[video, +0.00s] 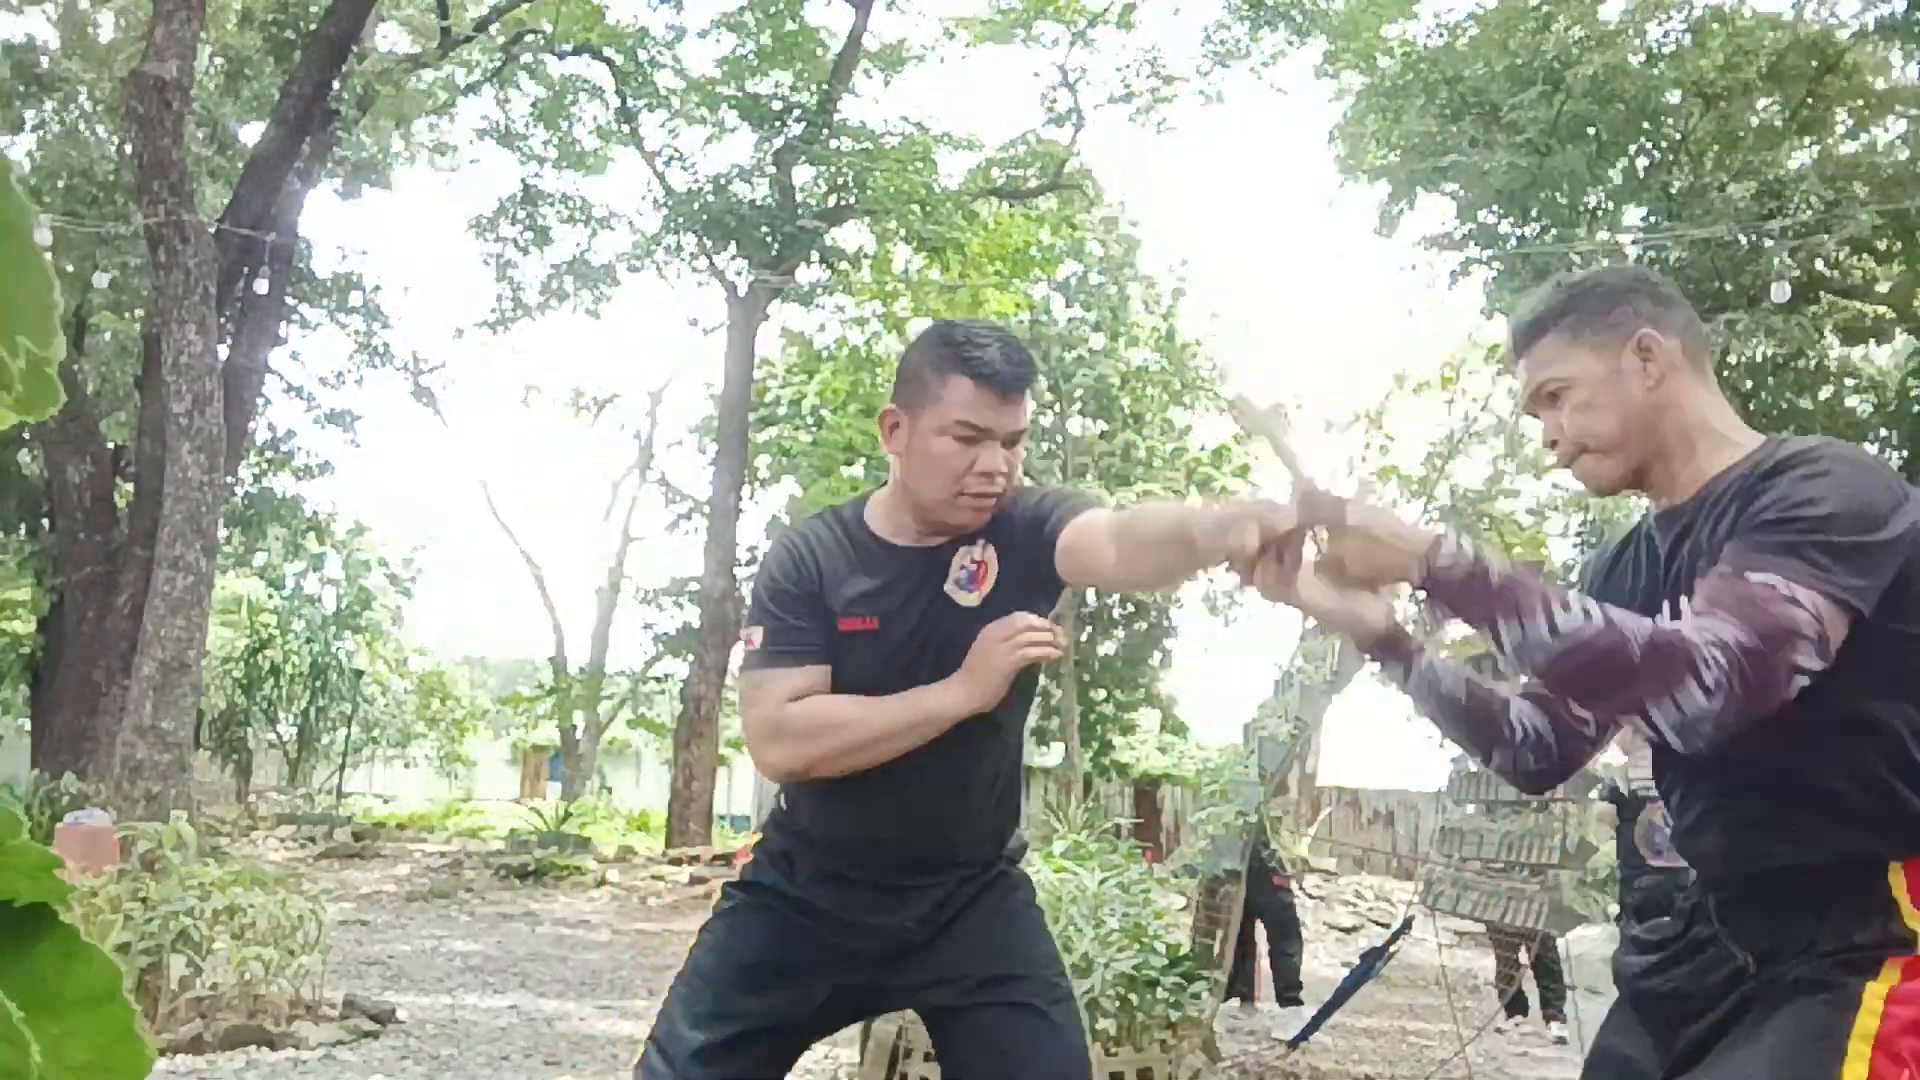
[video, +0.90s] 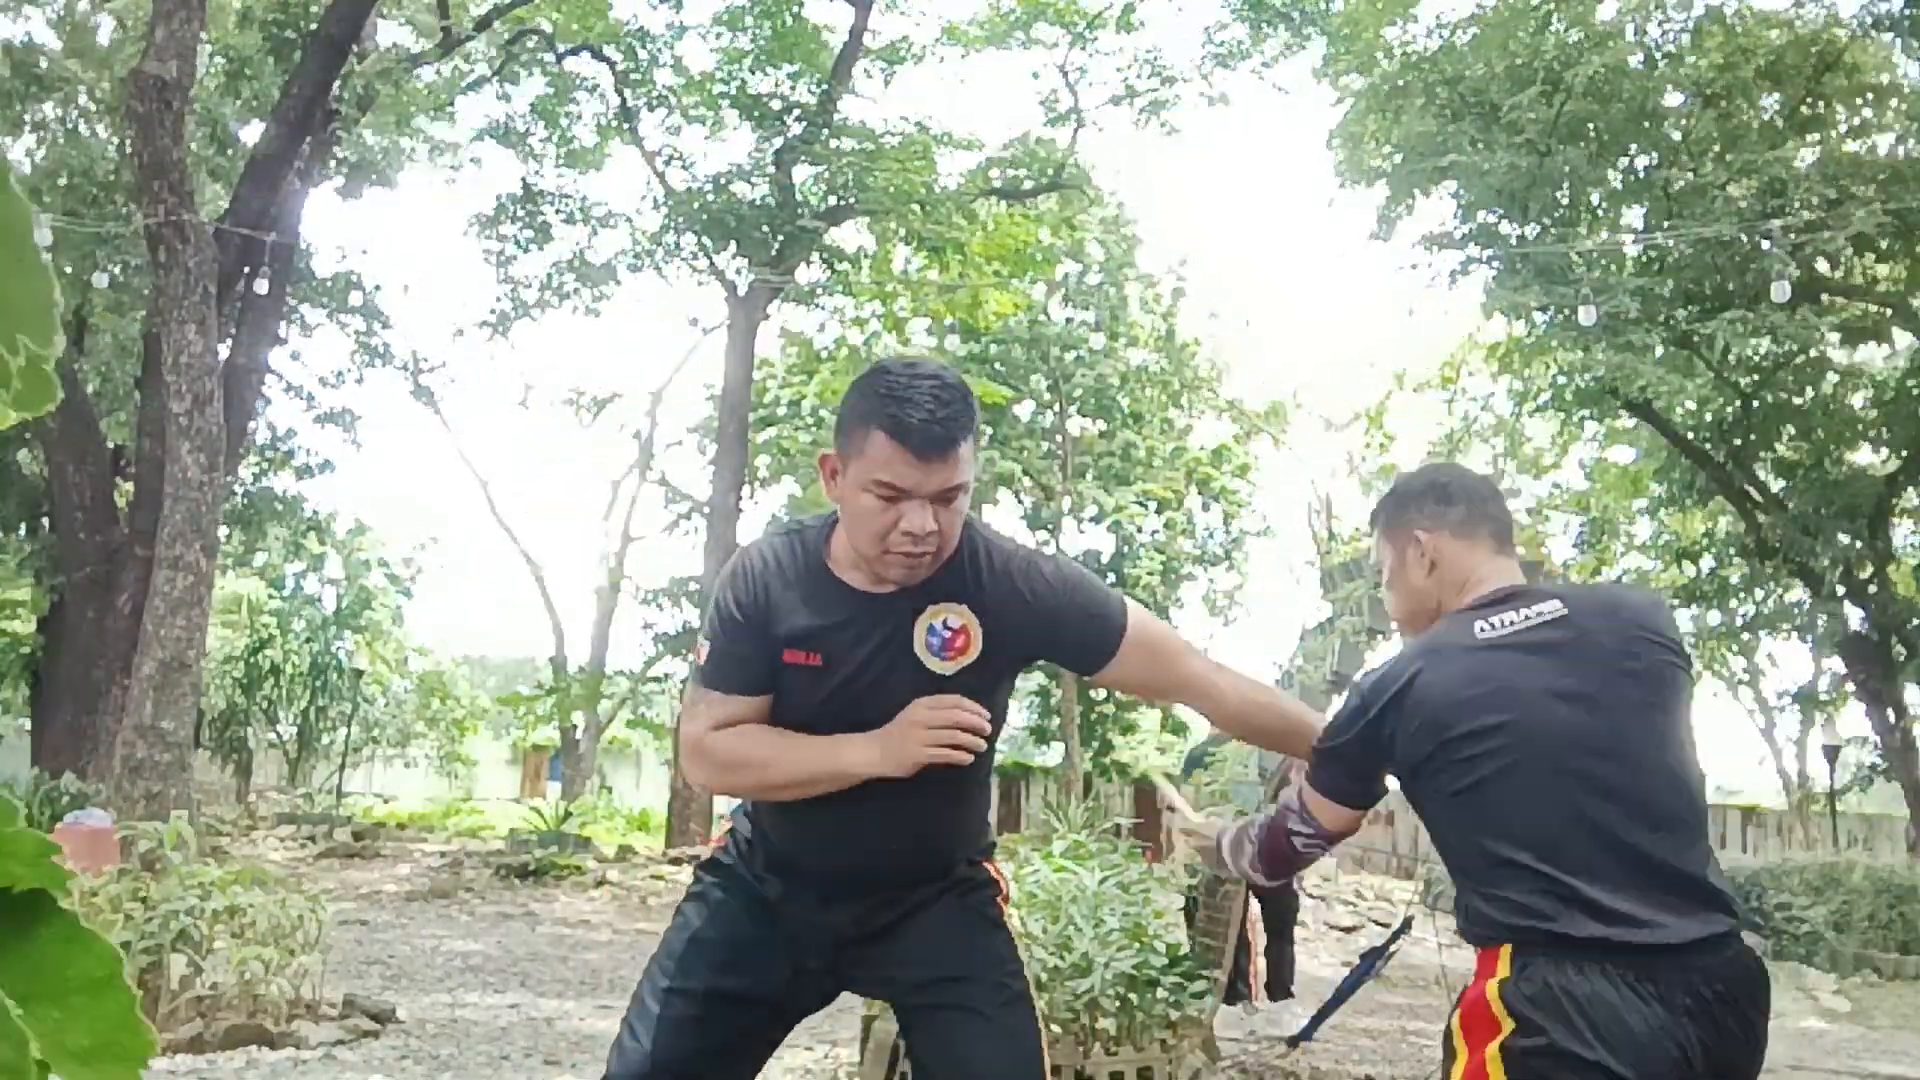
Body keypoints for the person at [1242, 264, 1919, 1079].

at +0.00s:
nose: (1547, 437)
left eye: (1555, 398)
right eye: (1537, 416)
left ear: (1648, 355)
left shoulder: (1832, 488)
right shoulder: (1629, 567)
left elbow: (1701, 685)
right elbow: (1536, 748)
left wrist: (1432, 560)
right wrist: (1383, 638)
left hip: (1854, 974)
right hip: (1690, 974)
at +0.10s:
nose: (1541, 493)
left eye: (1551, 451)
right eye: (1528, 468)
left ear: (1645, 409)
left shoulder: (1839, 551)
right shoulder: (1606, 611)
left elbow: (1737, 820)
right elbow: (1565, 816)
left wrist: (1430, 855)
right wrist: (1405, 861)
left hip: (1844, 1012)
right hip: (1681, 1011)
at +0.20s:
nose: (1525, 544)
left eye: (1531, 503)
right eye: (1508, 518)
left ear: (1618, 453)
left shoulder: (1818, 593)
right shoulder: (1616, 629)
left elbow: (1725, 889)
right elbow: (1573, 849)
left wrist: (1458, 981)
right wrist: (1377, 926)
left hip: (1828, 1028)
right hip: (1678, 1019)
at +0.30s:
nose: (1485, 594)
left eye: (1485, 557)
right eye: (1469, 571)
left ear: (1562, 505)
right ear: (1565, 510)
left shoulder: (1727, 645)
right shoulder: (1609, 638)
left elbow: (1690, 935)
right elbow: (1536, 813)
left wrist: (1474, 1004)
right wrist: (1359, 862)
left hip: (1844, 1020)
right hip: (1705, 1003)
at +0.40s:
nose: (1453, 609)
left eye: (1449, 577)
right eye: (1438, 587)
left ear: (1517, 528)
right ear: (1519, 530)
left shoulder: (1654, 661)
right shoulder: (1604, 638)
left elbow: (1639, 935)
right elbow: (1500, 771)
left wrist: (1451, 970)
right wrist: (1326, 815)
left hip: (1820, 1003)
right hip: (1714, 984)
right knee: (1587, 1070)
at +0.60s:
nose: (1417, 608)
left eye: (1405, 580)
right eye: (1402, 586)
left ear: (1445, 546)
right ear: (1525, 518)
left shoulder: (1458, 691)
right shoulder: (1694, 594)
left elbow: (1423, 873)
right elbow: (1574, 685)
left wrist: (1313, 809)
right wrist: (1405, 727)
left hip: (1610, 1004)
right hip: (1785, 992)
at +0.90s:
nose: (1388, 606)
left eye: (1384, 575)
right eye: (1380, 579)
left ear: (1426, 552)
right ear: (1506, 541)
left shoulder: (1400, 686)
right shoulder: (1646, 619)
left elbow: (1303, 832)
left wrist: (1251, 852)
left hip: (1556, 1019)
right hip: (1723, 1005)